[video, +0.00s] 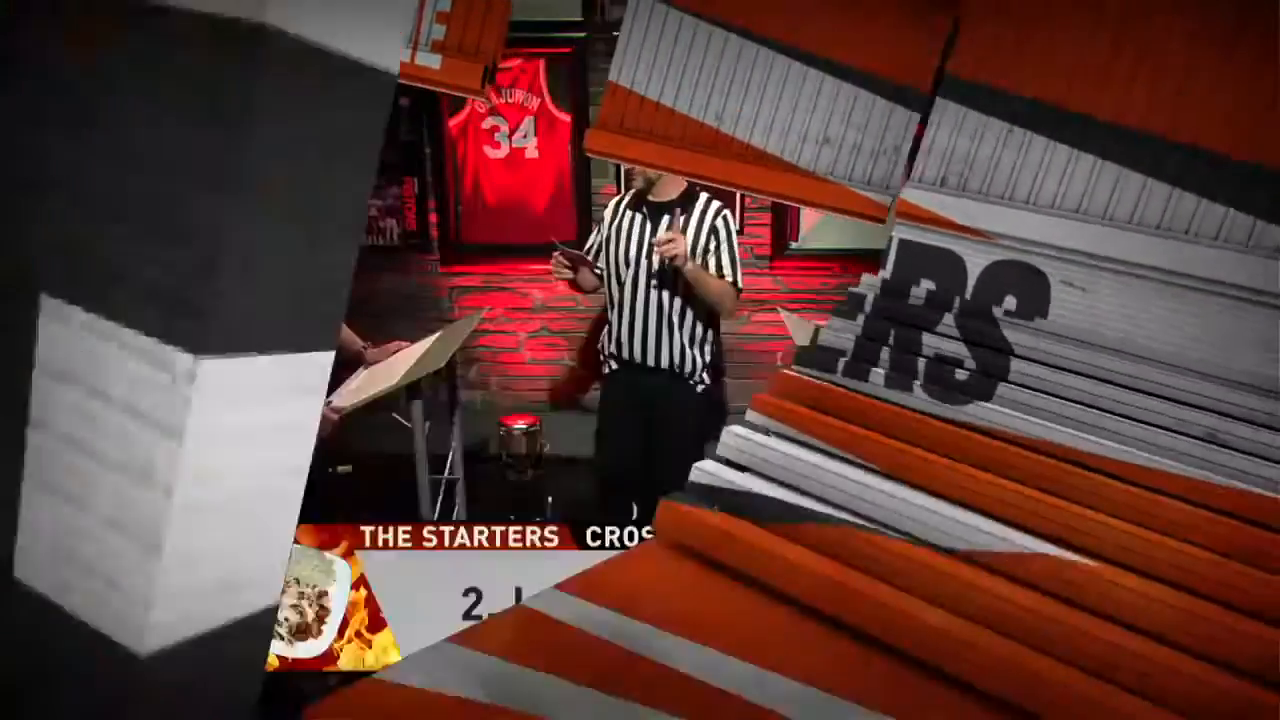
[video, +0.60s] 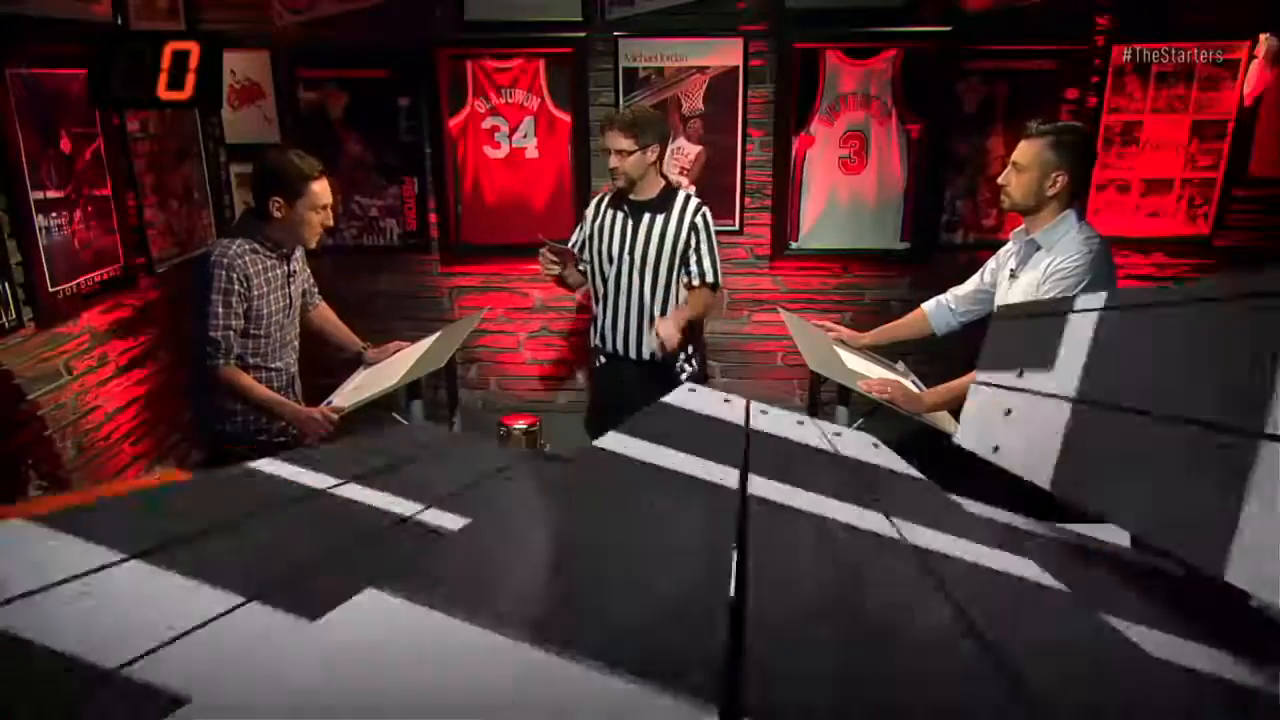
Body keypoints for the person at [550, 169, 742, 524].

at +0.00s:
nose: (627, 162)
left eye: (636, 151)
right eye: (625, 153)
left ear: (668, 152)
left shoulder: (712, 216)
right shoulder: (618, 209)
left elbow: (727, 303)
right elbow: (601, 281)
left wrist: (687, 265)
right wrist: (576, 271)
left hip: (685, 387)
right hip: (622, 381)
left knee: (673, 499)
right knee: (614, 496)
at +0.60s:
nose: (611, 163)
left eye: (622, 154)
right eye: (609, 153)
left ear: (653, 153)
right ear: (605, 150)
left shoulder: (690, 213)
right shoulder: (599, 209)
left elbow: (705, 291)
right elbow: (581, 280)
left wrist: (676, 320)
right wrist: (561, 268)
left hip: (667, 373)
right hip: (609, 369)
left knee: (665, 469)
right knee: (608, 463)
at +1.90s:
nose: (644, 160)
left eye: (650, 150)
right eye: (633, 150)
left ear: (658, 150)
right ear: (607, 150)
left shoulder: (671, 204)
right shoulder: (581, 213)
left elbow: (686, 275)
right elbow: (565, 292)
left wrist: (717, 266)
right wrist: (607, 287)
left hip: (662, 362)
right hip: (606, 365)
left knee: (660, 468)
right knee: (608, 469)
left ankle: (659, 548)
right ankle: (610, 549)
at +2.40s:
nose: (673, 163)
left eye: (679, 153)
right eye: (662, 154)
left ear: (687, 151)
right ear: (635, 153)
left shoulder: (696, 205)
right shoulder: (607, 212)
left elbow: (713, 280)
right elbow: (587, 295)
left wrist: (744, 241)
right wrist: (635, 287)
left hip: (682, 373)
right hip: (624, 376)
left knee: (676, 487)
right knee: (620, 488)